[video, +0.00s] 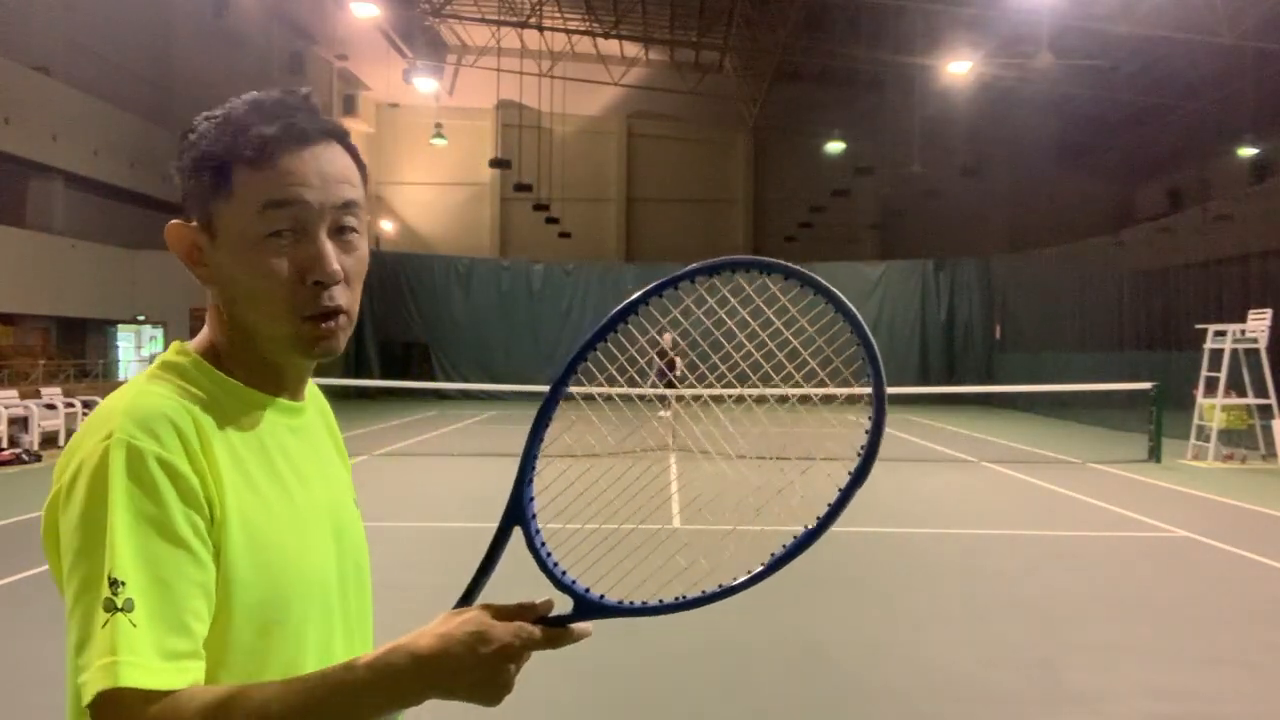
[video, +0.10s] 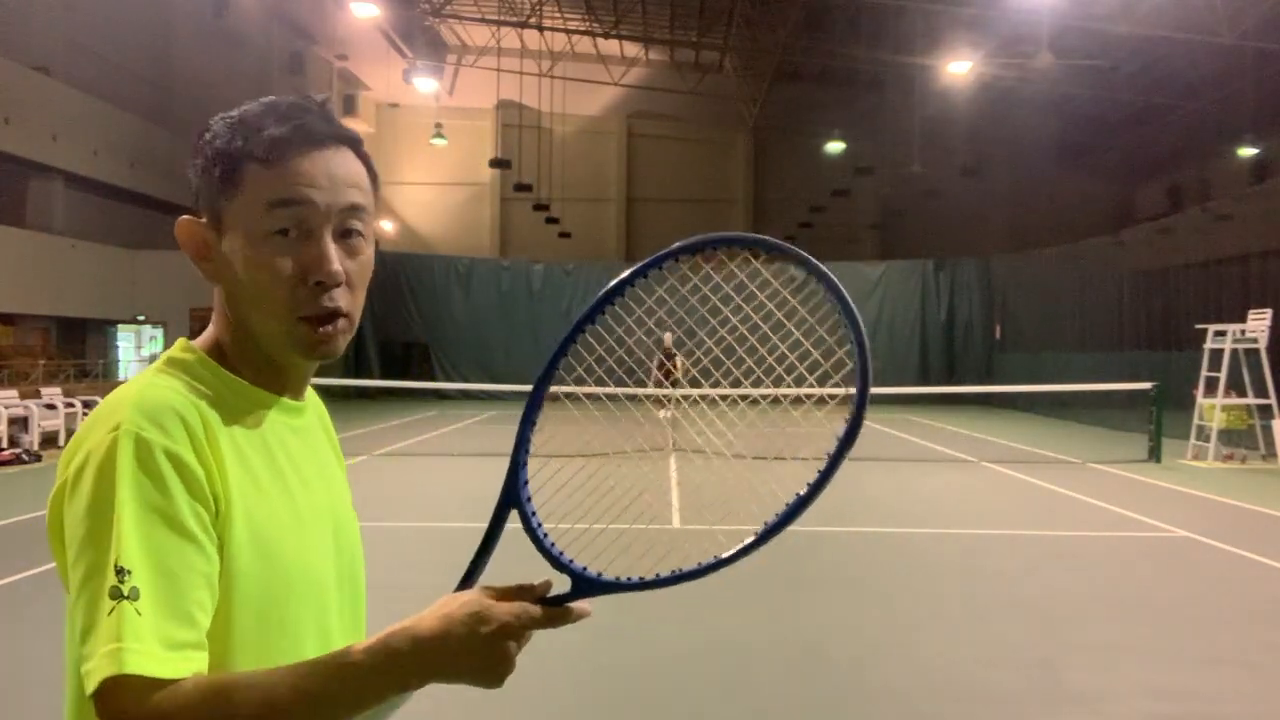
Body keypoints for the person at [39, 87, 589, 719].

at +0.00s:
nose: (330, 268)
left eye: (346, 227)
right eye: (283, 232)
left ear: (368, 237)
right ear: (197, 253)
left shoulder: (306, 409)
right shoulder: (139, 441)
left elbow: (302, 651)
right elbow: (133, 707)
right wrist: (412, 671)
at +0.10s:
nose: (331, 269)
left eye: (351, 232)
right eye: (287, 232)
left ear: (374, 246)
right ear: (204, 249)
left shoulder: (303, 412)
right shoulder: (146, 432)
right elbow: (136, 704)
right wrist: (411, 654)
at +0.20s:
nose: (334, 267)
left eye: (355, 231)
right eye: (291, 231)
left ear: (378, 246)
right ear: (212, 250)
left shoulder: (306, 414)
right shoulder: (154, 427)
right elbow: (140, 695)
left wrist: (431, 638)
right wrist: (414, 636)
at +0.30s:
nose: (341, 272)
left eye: (360, 238)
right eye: (299, 237)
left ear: (382, 250)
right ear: (222, 255)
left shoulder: (306, 414)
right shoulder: (166, 428)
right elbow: (151, 693)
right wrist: (412, 627)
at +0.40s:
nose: (352, 279)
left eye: (369, 247)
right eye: (313, 247)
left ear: (388, 256)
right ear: (233, 260)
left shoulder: (305, 417)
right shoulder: (183, 427)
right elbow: (168, 696)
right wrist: (421, 623)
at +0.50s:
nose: (376, 283)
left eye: (386, 253)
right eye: (340, 252)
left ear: (397, 256)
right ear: (253, 266)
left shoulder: (301, 417)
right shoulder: (207, 425)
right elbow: (193, 684)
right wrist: (428, 622)